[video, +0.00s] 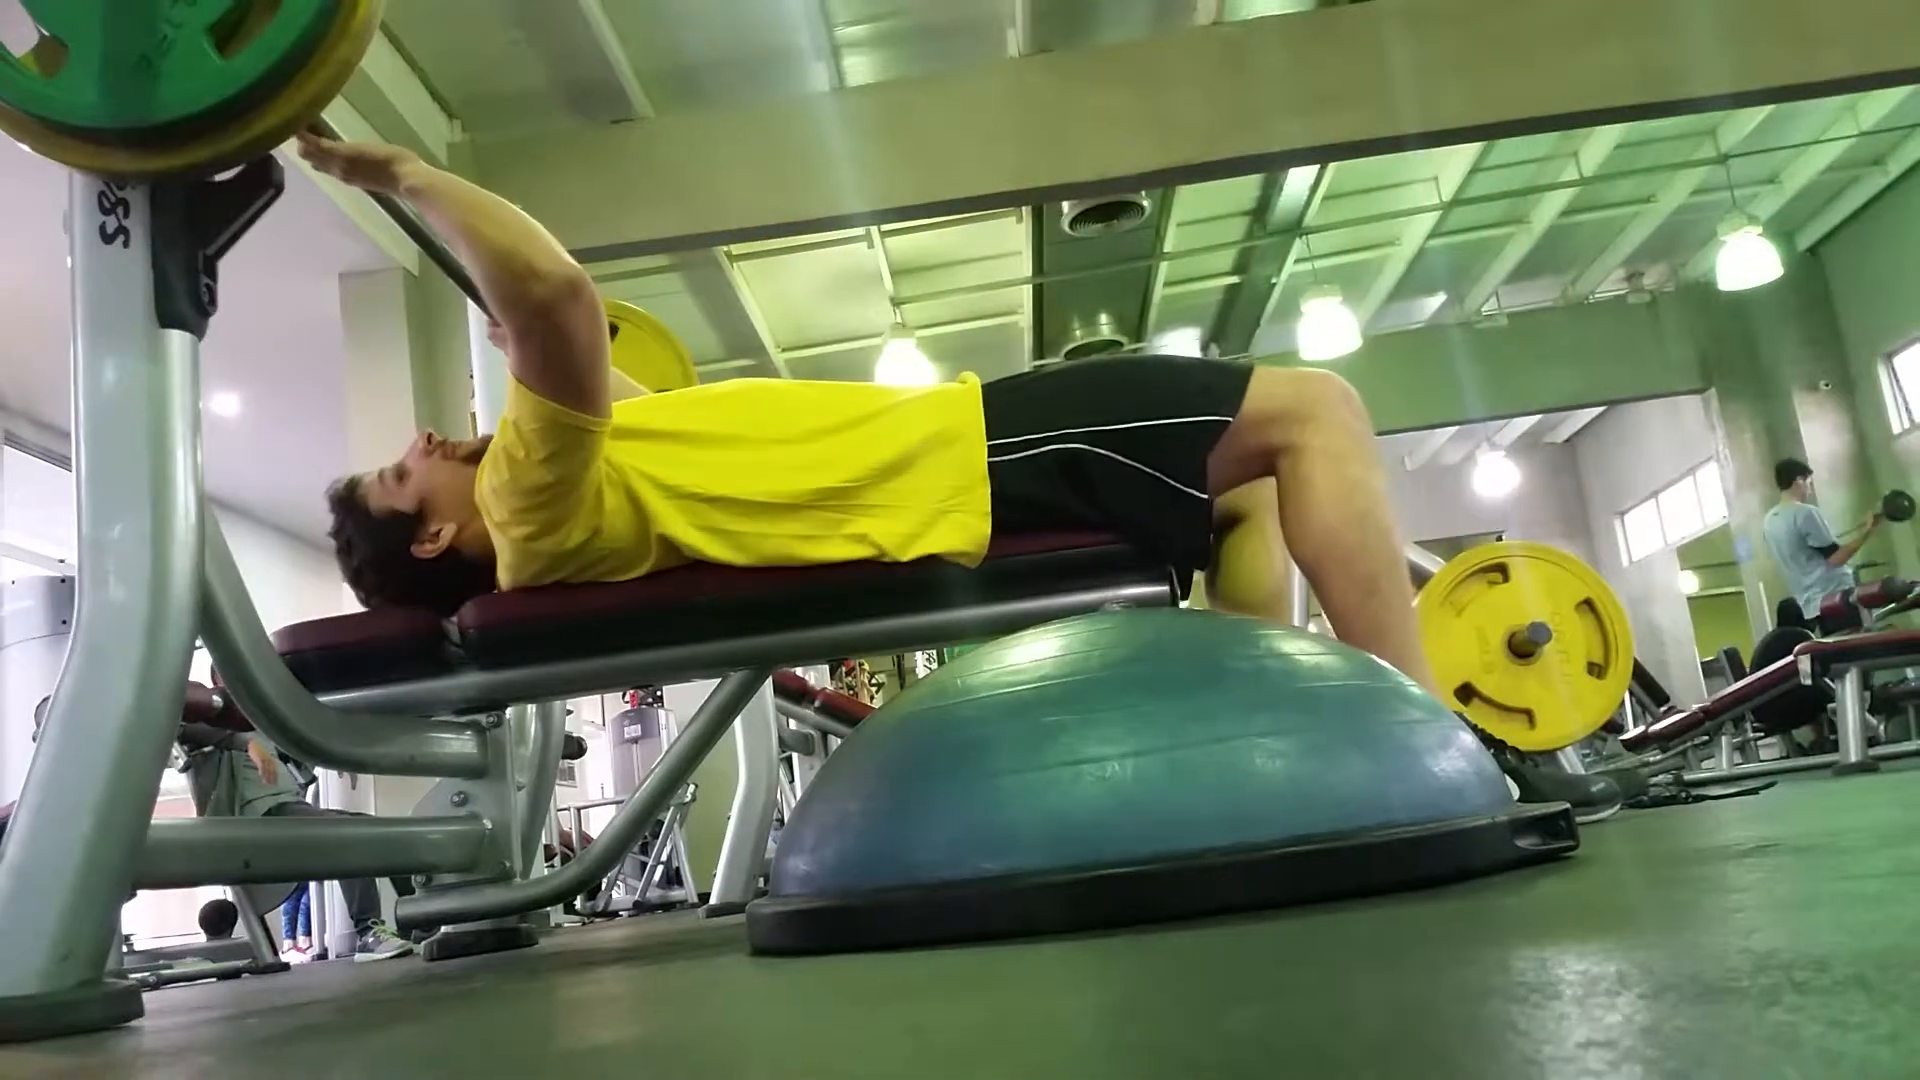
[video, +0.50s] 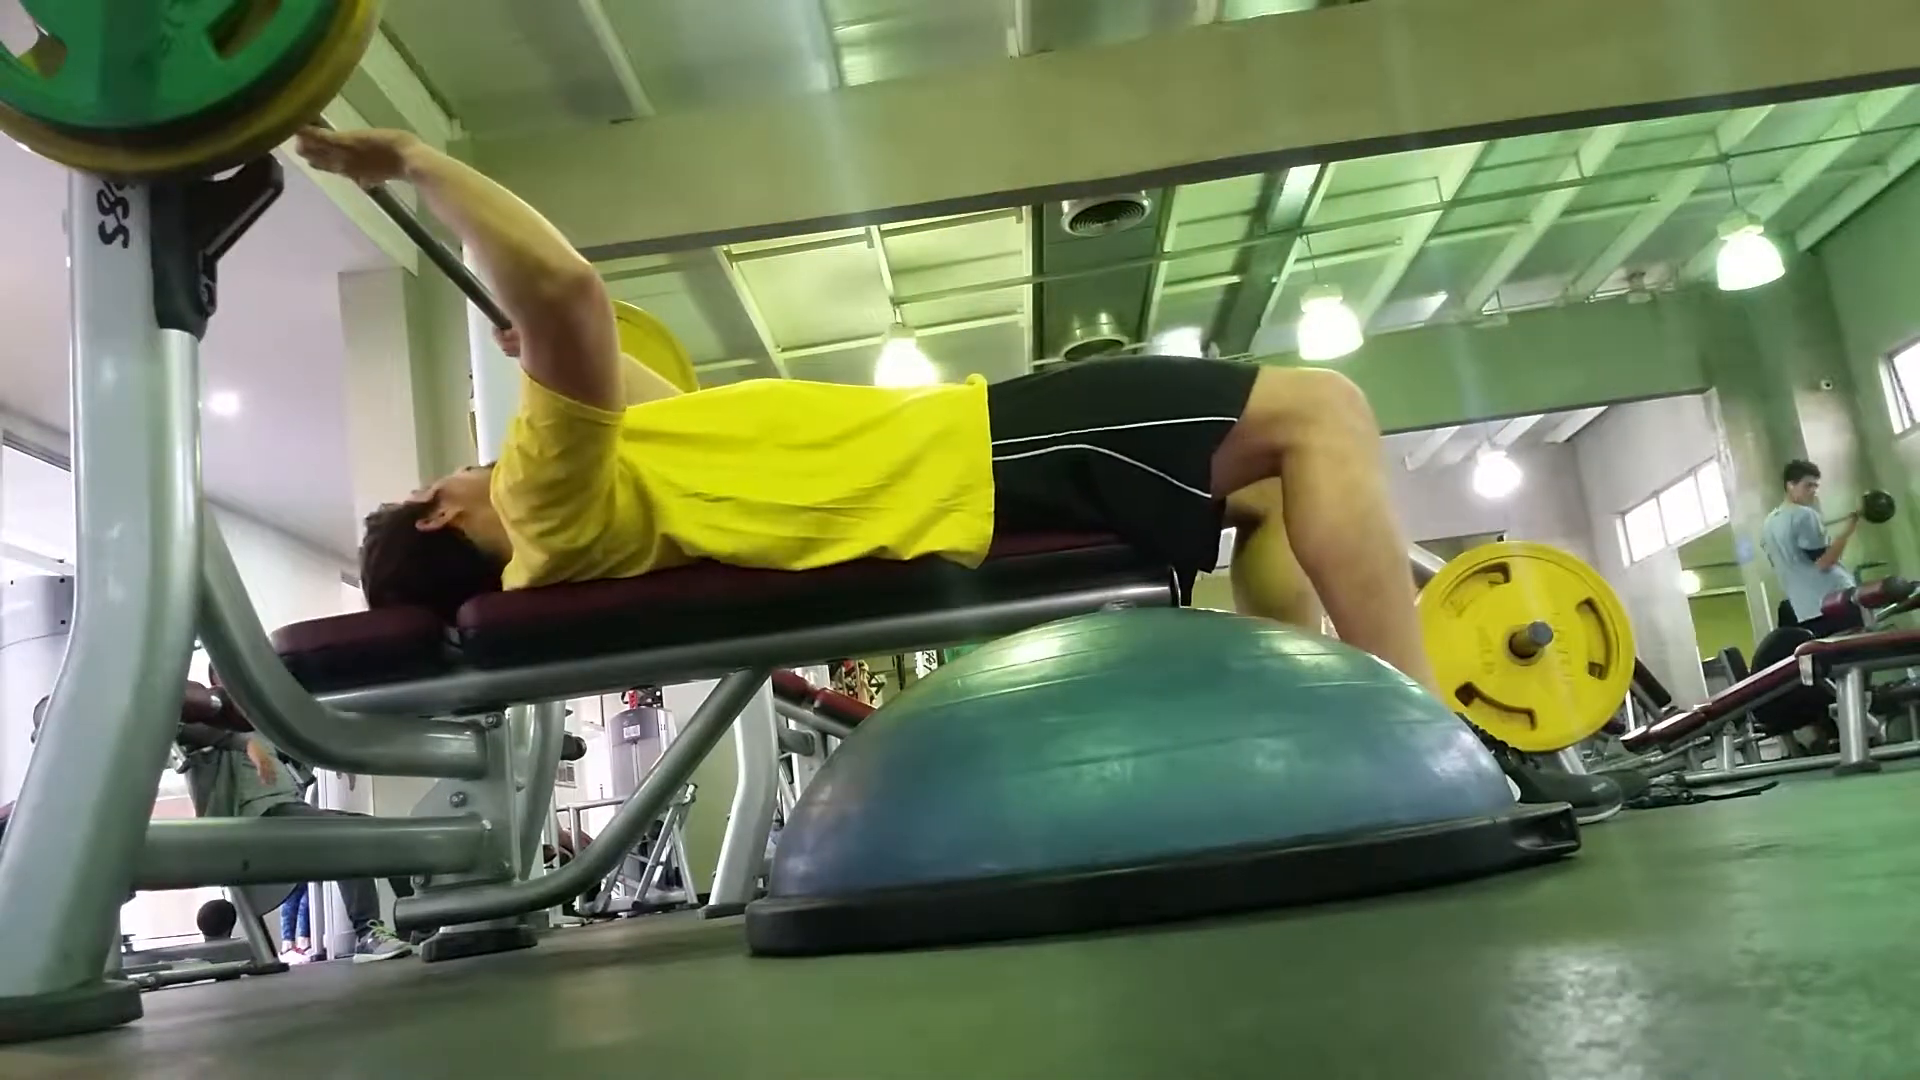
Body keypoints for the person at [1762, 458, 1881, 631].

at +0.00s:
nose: (1811, 489)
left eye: (1811, 482)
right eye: (1809, 482)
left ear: (1782, 484)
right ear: (1797, 481)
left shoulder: (1770, 520)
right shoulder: (1805, 513)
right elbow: (1835, 558)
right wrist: (1867, 531)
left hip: (1810, 608)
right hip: (1837, 601)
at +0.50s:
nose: (1814, 491)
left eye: (1815, 486)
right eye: (1809, 486)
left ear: (1790, 486)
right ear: (1790, 486)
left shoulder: (1770, 522)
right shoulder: (1804, 516)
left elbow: (1777, 564)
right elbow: (1823, 561)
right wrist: (1847, 531)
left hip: (1805, 612)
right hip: (1835, 606)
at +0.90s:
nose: (1822, 491)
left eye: (1823, 485)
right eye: (1817, 485)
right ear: (1798, 484)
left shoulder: (1774, 519)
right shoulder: (1809, 511)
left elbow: (1772, 571)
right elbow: (1805, 558)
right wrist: (1854, 563)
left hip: (1802, 617)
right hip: (1832, 610)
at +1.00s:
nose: (1826, 491)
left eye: (1827, 486)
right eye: (1821, 485)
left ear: (1801, 483)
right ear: (1802, 482)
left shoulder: (1777, 518)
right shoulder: (1811, 510)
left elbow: (1773, 571)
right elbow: (1805, 556)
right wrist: (1853, 564)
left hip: (1801, 615)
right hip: (1831, 609)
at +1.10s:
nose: (1827, 493)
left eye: (1829, 488)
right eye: (1825, 487)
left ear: (1807, 483)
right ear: (1808, 482)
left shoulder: (1777, 518)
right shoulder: (1810, 510)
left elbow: (1773, 571)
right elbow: (1806, 557)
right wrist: (1853, 562)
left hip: (1801, 616)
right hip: (1832, 610)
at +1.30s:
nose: (1816, 500)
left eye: (1817, 494)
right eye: (1815, 493)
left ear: (1786, 488)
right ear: (1806, 489)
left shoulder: (1768, 521)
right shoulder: (1804, 514)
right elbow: (1818, 562)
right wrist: (1862, 548)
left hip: (1803, 614)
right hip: (1832, 608)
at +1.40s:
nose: (1813, 497)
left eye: (1813, 492)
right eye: (1811, 492)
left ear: (1783, 489)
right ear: (1801, 490)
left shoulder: (1766, 520)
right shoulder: (1803, 514)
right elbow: (1825, 559)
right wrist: (1859, 539)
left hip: (1803, 610)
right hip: (1831, 605)